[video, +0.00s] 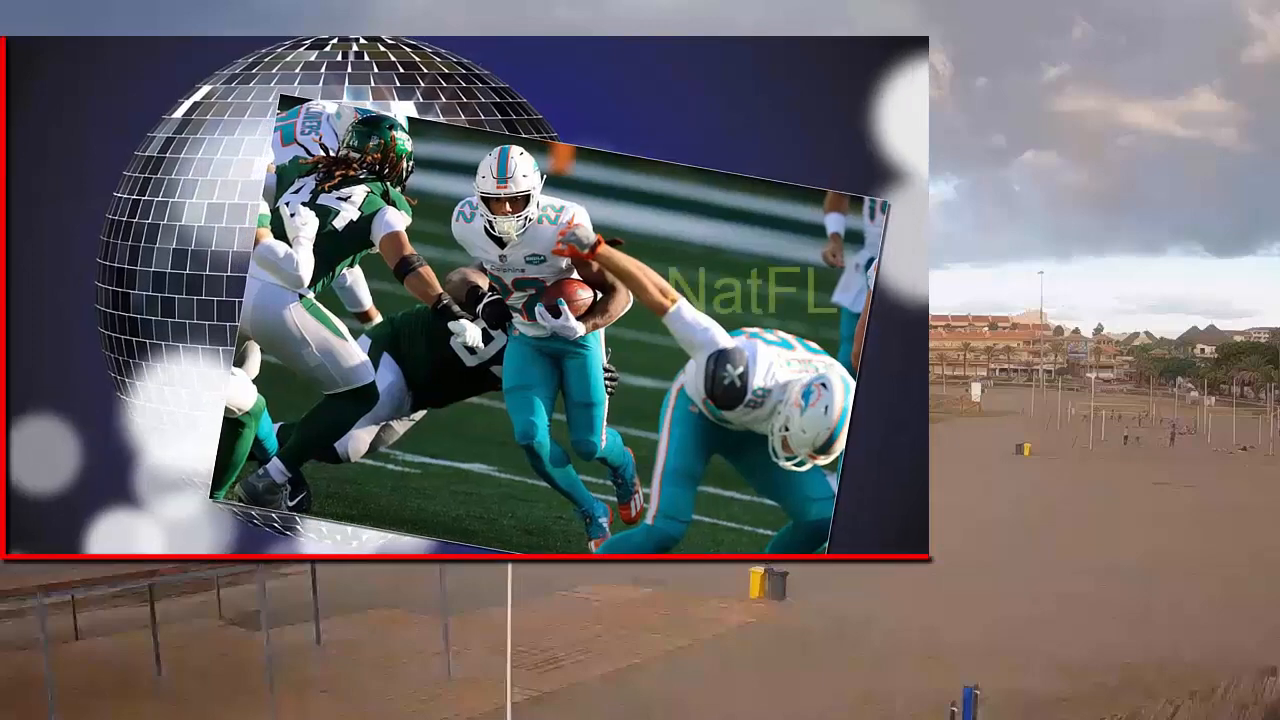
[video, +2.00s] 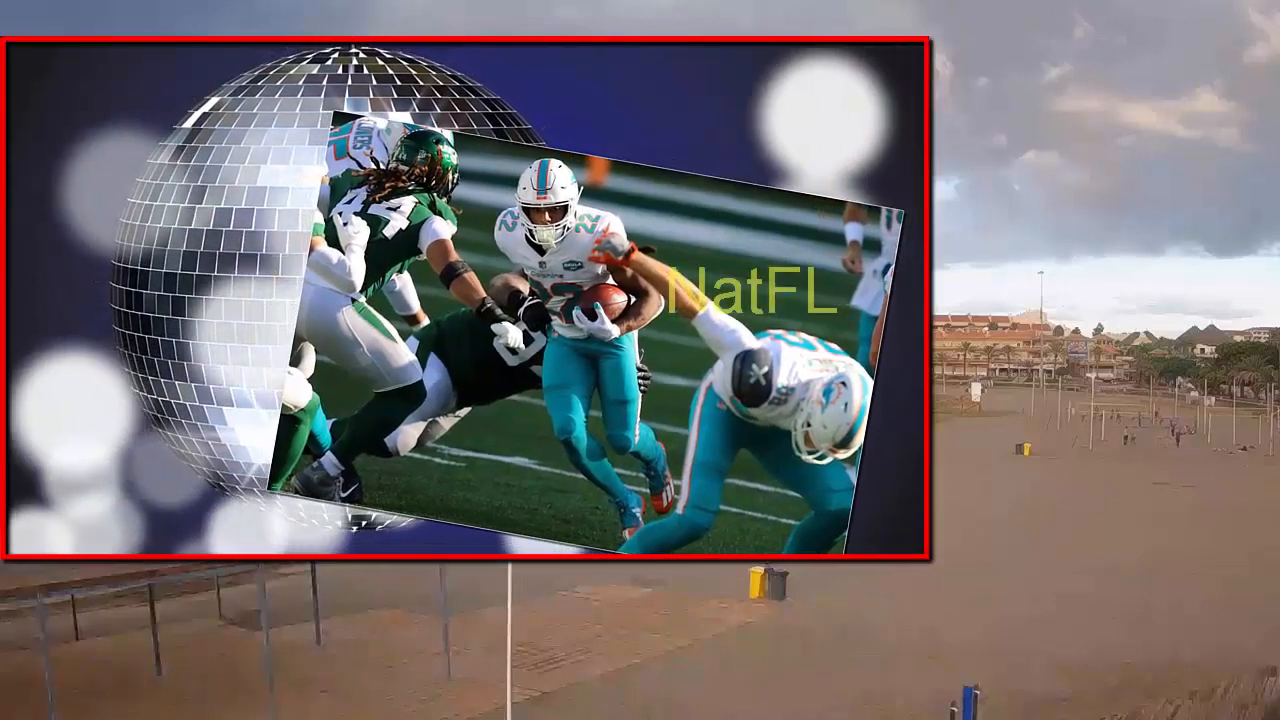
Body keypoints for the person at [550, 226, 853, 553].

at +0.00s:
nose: (800, 463)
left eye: (813, 458)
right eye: (794, 452)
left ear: (841, 431)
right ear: (782, 414)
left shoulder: (848, 414)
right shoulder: (738, 374)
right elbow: (663, 299)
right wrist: (596, 249)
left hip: (759, 428)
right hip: (698, 406)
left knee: (822, 517)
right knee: (666, 528)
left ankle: (757, 587)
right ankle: (582, 578)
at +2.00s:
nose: (818, 456)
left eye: (831, 453)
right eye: (813, 444)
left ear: (857, 429)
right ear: (805, 411)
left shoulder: (868, 416)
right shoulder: (758, 368)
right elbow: (692, 303)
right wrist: (631, 257)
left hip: (781, 425)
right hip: (726, 401)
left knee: (841, 504)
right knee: (696, 519)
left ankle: (779, 581)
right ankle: (615, 567)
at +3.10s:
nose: (830, 452)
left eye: (843, 449)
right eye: (826, 440)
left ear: (868, 428)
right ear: (818, 407)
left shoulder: (879, 414)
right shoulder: (774, 370)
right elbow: (709, 305)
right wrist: (650, 260)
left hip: (794, 423)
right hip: (741, 400)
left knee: (852, 500)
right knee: (712, 513)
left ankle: (791, 577)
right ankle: (635, 563)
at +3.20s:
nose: (830, 452)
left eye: (843, 449)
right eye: (826, 439)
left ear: (868, 427)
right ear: (819, 407)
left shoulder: (878, 413)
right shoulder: (775, 370)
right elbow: (710, 305)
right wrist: (651, 261)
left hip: (795, 423)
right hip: (742, 400)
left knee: (853, 500)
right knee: (714, 512)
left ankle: (792, 576)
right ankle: (635, 563)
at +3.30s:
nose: (832, 452)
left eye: (845, 449)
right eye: (828, 439)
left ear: (871, 428)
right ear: (820, 408)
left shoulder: (881, 414)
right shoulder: (775, 370)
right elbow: (711, 305)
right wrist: (653, 261)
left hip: (797, 423)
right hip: (744, 400)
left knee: (854, 498)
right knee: (715, 511)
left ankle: (794, 576)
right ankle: (633, 565)